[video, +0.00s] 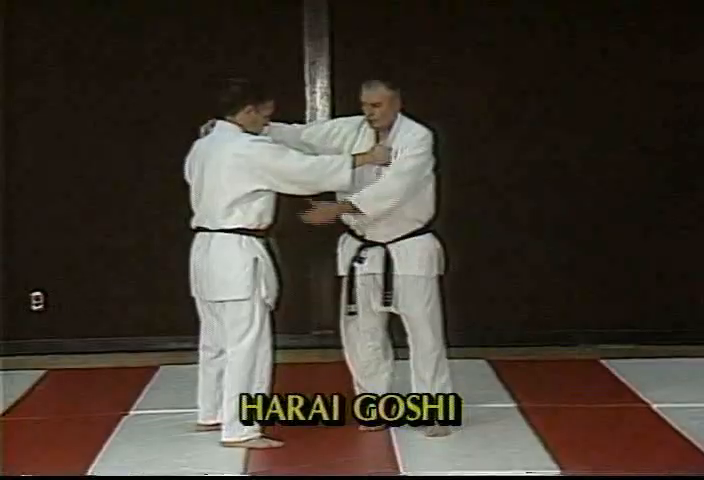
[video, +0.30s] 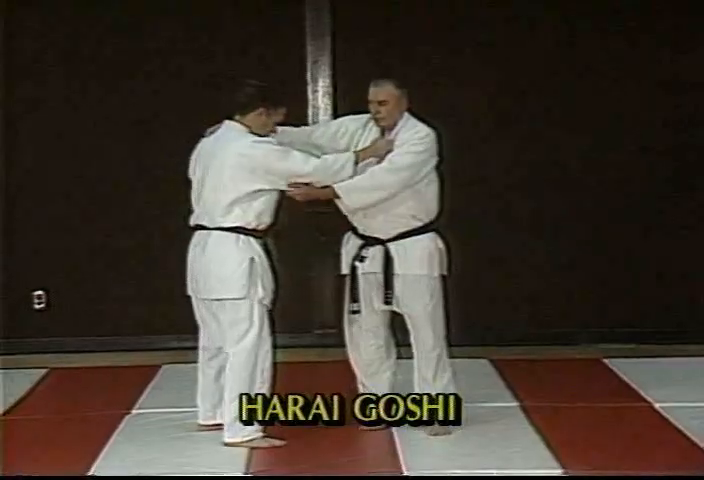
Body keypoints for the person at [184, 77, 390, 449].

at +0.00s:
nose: (269, 121)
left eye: (270, 114)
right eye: (266, 114)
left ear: (231, 113)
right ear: (248, 111)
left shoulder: (202, 147)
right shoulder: (252, 151)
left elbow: (190, 174)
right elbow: (304, 170)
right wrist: (366, 159)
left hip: (205, 247)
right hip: (239, 252)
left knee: (213, 341)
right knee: (247, 344)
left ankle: (211, 413)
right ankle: (240, 428)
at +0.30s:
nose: (277, 124)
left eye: (278, 117)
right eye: (275, 116)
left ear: (240, 113)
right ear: (259, 113)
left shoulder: (207, 144)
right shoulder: (255, 151)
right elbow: (311, 169)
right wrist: (365, 155)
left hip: (202, 248)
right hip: (236, 252)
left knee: (213, 341)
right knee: (247, 342)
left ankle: (212, 412)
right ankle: (242, 429)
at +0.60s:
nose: (292, 135)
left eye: (295, 129)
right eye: (291, 127)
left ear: (264, 117)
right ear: (275, 118)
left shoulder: (223, 140)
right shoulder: (265, 151)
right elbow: (319, 167)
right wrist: (374, 156)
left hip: (201, 246)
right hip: (233, 251)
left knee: (213, 341)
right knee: (246, 342)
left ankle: (212, 411)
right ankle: (249, 429)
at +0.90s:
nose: (303, 136)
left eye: (306, 130)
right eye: (302, 128)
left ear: (274, 117)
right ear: (287, 119)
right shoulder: (276, 152)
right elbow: (329, 172)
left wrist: (309, 193)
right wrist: (384, 162)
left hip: (207, 246)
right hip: (238, 252)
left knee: (221, 340)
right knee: (252, 341)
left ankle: (220, 411)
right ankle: (255, 427)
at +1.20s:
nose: (310, 134)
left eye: (313, 128)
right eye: (310, 126)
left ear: (282, 115)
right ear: (297, 118)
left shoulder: (242, 139)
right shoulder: (280, 152)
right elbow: (330, 184)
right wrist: (387, 173)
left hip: (215, 243)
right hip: (244, 250)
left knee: (227, 336)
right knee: (258, 339)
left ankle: (224, 408)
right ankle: (260, 426)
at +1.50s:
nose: (313, 134)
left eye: (316, 127)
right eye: (313, 126)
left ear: (285, 115)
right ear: (297, 117)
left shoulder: (244, 139)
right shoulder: (282, 150)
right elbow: (331, 185)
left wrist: (336, 169)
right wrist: (388, 175)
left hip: (221, 244)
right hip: (251, 250)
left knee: (235, 338)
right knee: (266, 340)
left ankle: (233, 411)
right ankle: (265, 425)